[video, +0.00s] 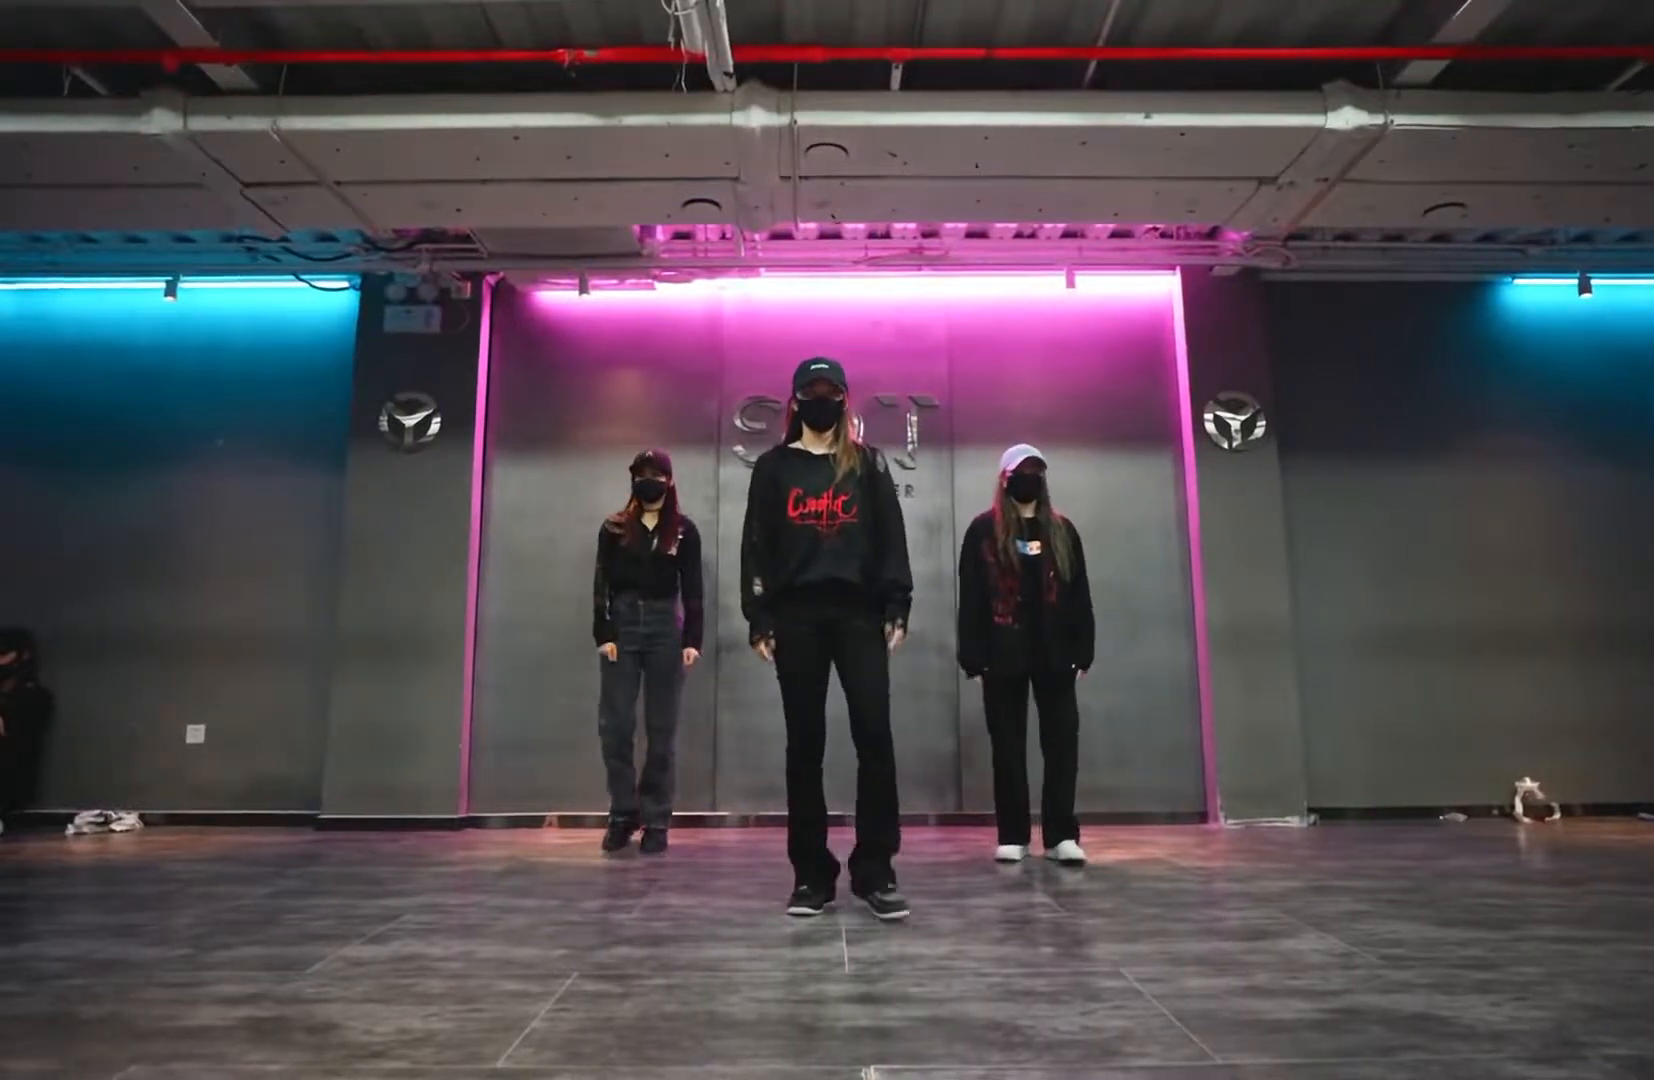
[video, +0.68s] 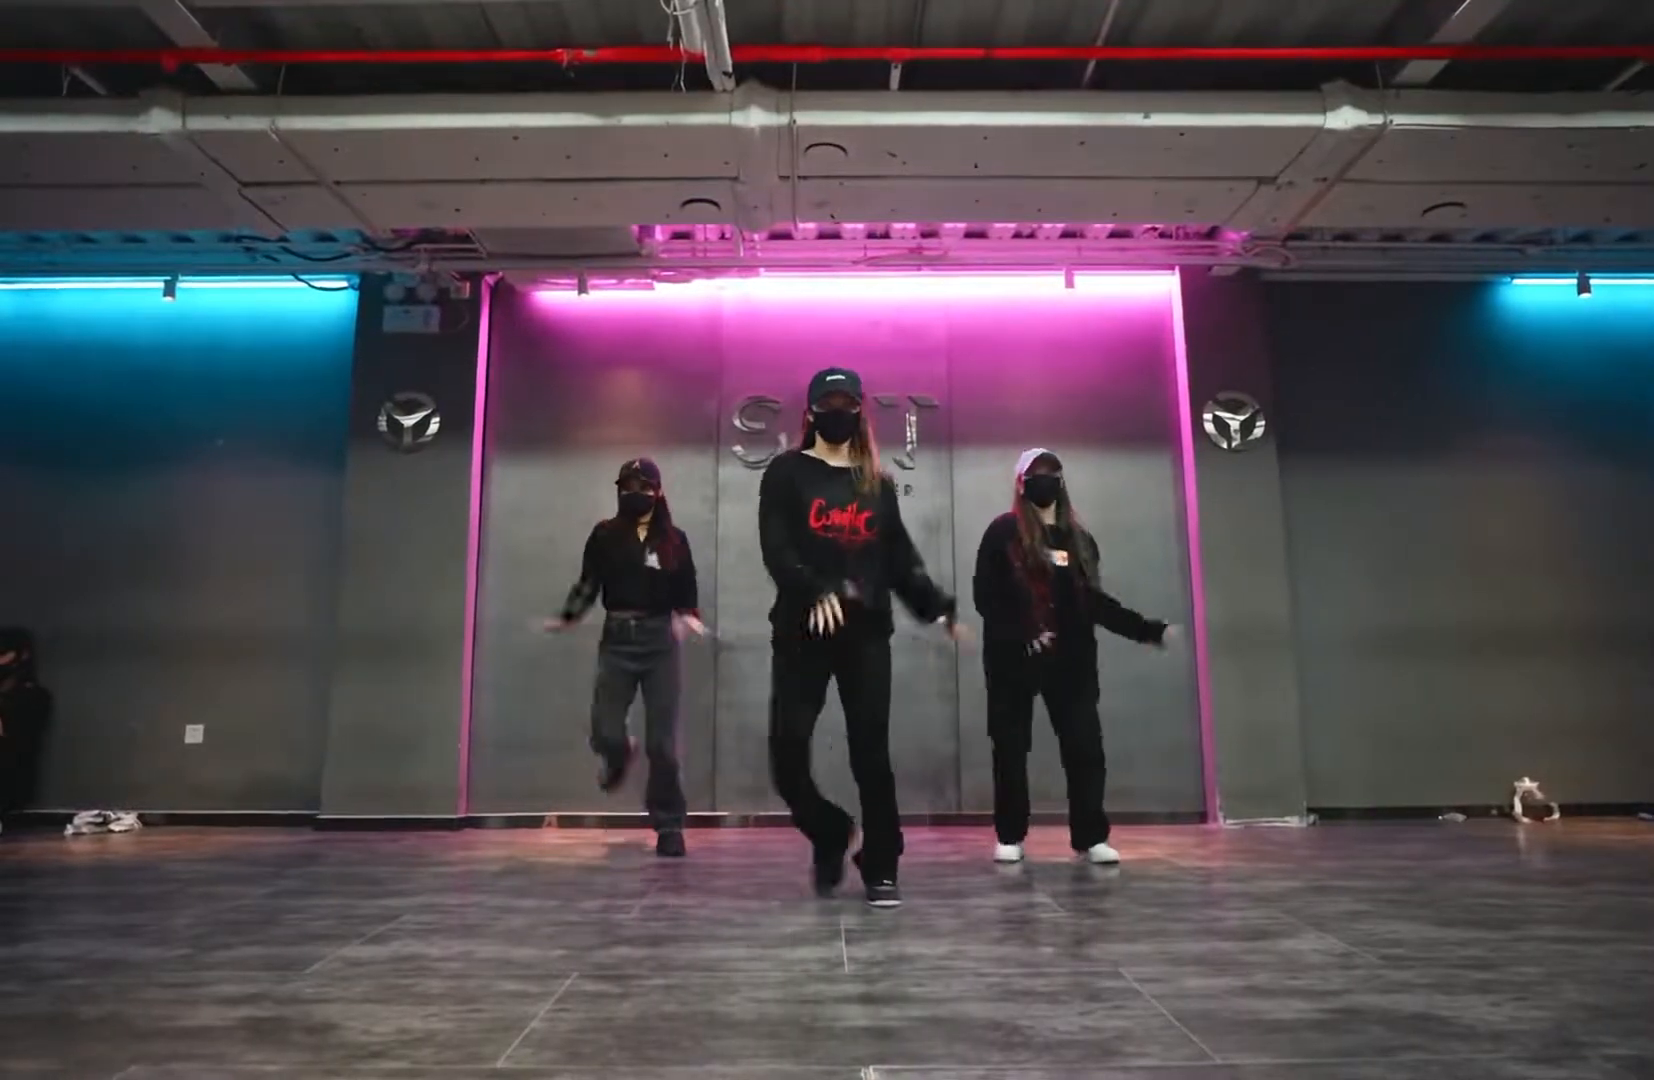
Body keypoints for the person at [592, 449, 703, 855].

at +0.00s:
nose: (649, 488)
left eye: (656, 482)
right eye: (642, 482)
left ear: (669, 484)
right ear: (633, 483)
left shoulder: (683, 530)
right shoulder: (614, 528)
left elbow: (693, 590)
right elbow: (602, 586)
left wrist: (693, 639)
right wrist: (604, 634)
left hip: (665, 632)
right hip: (621, 631)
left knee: (660, 729)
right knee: (614, 725)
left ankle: (656, 822)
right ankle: (623, 814)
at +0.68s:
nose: (635, 496)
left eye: (643, 489)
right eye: (628, 489)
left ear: (657, 493)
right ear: (618, 492)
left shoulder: (672, 538)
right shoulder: (604, 534)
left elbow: (686, 582)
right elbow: (589, 581)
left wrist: (688, 612)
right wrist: (568, 615)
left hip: (661, 638)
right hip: (617, 639)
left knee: (662, 742)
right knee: (604, 733)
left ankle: (669, 828)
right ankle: (619, 757)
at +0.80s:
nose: (627, 500)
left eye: (635, 492)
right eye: (620, 492)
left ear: (649, 495)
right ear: (610, 495)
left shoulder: (657, 540)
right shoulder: (606, 538)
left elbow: (649, 593)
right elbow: (580, 584)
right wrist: (539, 603)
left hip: (651, 651)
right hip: (611, 648)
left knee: (655, 747)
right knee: (585, 711)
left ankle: (669, 829)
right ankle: (574, 793)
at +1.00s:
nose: (606, 499)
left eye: (615, 492)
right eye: (599, 491)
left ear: (631, 497)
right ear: (590, 495)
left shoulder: (641, 543)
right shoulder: (581, 543)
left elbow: (652, 590)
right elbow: (543, 583)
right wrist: (493, 571)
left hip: (628, 655)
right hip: (582, 653)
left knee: (647, 759)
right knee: (557, 741)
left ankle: (667, 850)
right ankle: (530, 853)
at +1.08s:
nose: (602, 494)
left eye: (611, 488)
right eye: (595, 486)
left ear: (626, 494)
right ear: (584, 489)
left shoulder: (638, 541)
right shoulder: (566, 530)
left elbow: (678, 585)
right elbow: (521, 553)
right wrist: (498, 546)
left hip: (626, 651)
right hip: (576, 650)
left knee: (655, 746)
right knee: (561, 742)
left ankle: (663, 846)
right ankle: (531, 852)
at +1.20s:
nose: (616, 488)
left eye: (625, 480)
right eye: (609, 478)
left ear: (636, 485)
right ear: (594, 481)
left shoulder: (645, 530)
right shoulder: (577, 522)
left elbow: (704, 539)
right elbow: (535, 561)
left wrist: (745, 506)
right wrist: (526, 609)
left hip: (626, 646)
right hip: (579, 644)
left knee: (657, 736)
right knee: (573, 745)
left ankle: (628, 847)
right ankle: (530, 849)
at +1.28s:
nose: (623, 481)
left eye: (631, 475)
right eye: (616, 473)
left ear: (641, 480)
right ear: (602, 475)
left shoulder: (642, 526)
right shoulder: (581, 527)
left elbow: (689, 543)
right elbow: (581, 600)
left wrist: (712, 503)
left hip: (624, 637)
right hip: (587, 638)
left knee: (651, 744)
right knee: (587, 746)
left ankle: (620, 852)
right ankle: (523, 840)